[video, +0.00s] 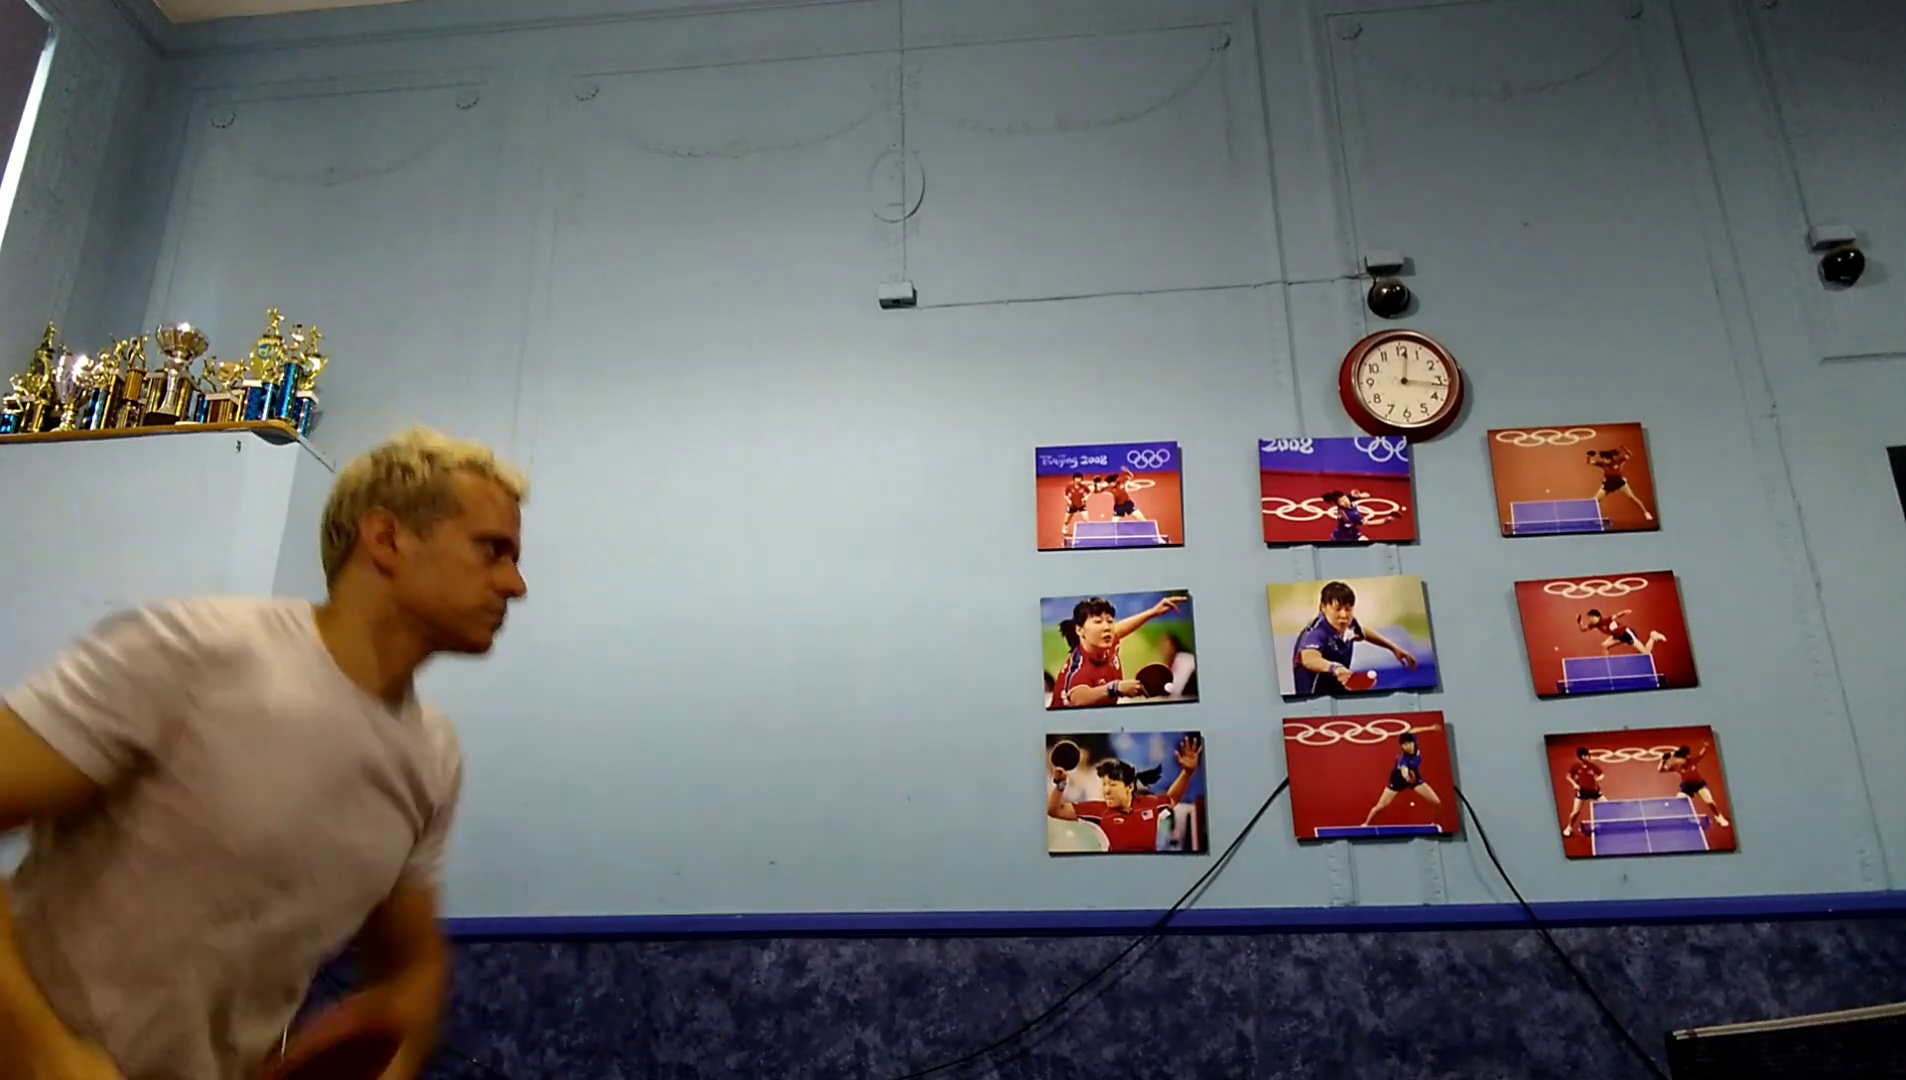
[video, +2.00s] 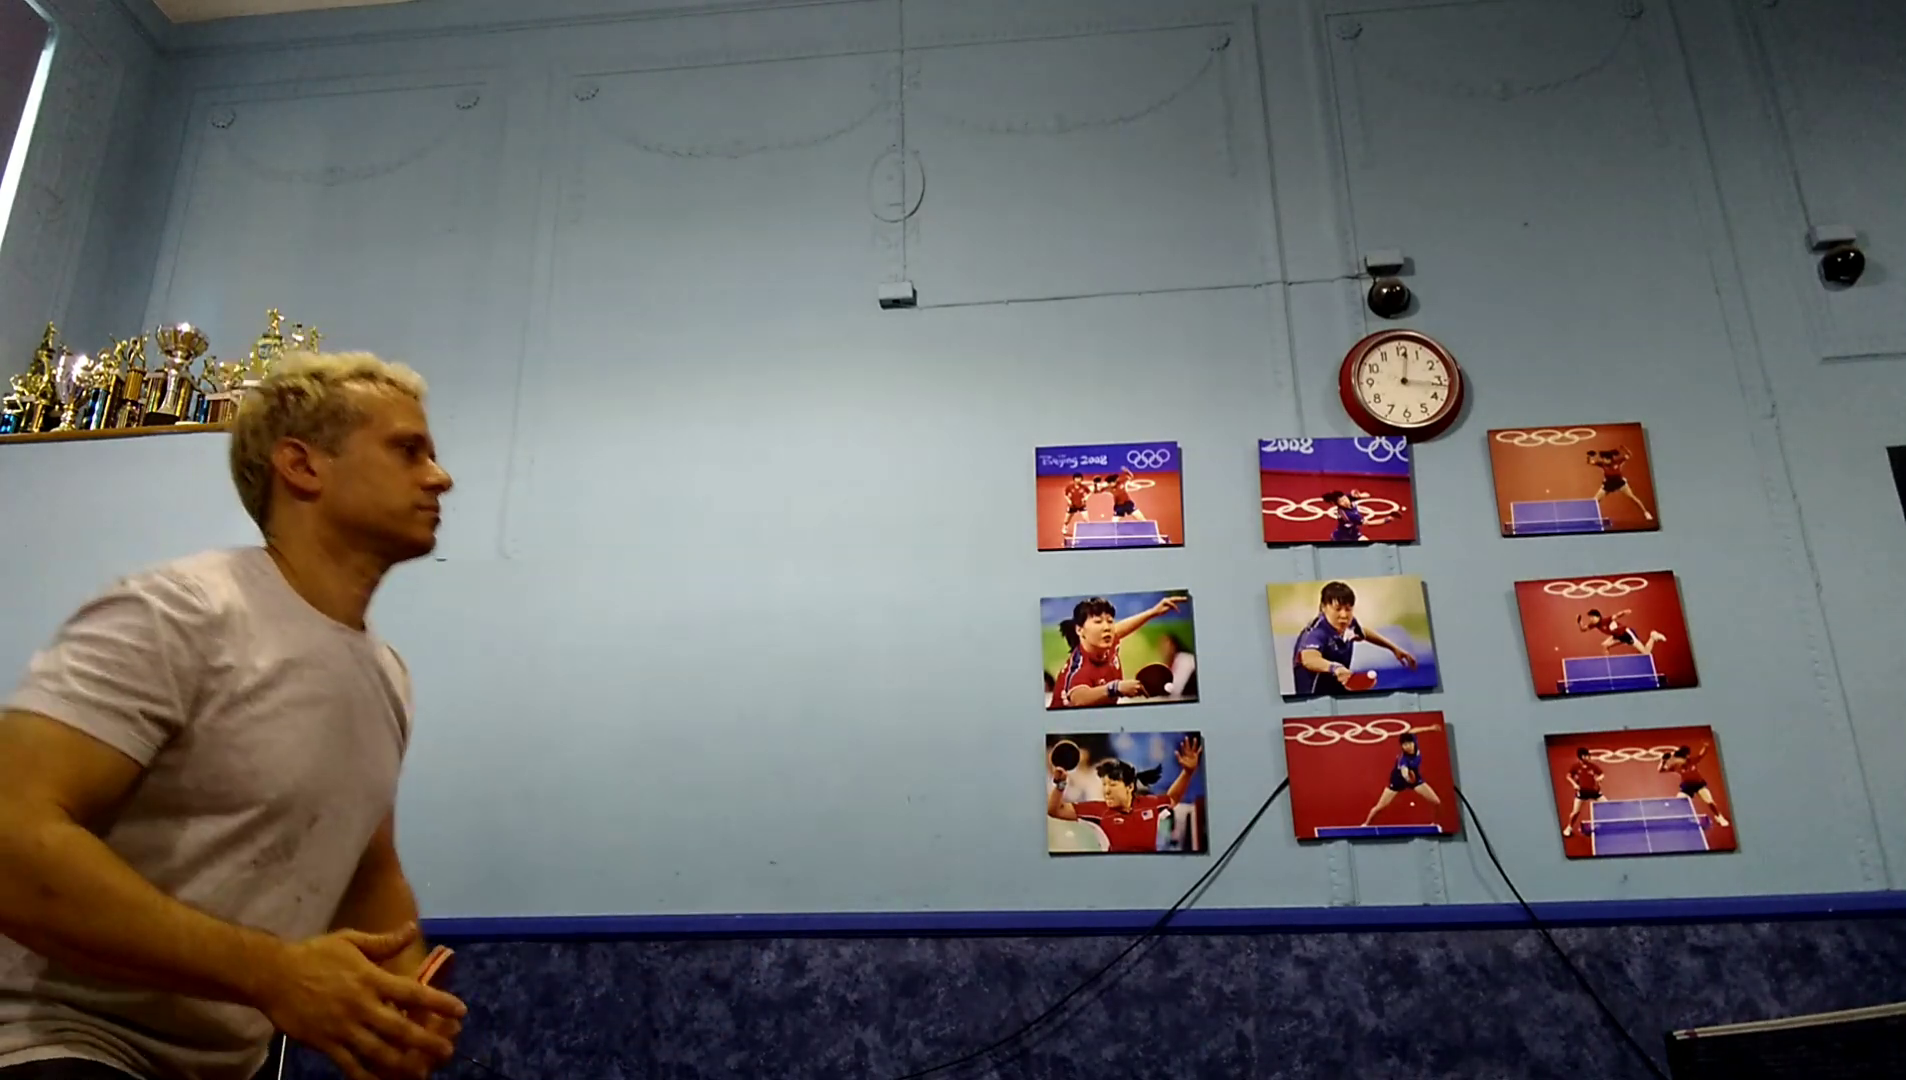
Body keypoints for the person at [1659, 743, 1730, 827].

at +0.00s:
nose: (1679, 761)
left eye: (1681, 759)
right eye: (1678, 760)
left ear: (1686, 757)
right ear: (1676, 759)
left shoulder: (1692, 761)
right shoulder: (1676, 766)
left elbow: (1700, 755)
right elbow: (1661, 770)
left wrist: (1705, 747)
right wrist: (1663, 760)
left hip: (1699, 784)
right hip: (1686, 786)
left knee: (1710, 802)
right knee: (1678, 803)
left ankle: (1719, 817)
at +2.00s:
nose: (1685, 759)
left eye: (1686, 756)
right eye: (1683, 757)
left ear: (1687, 756)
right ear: (1679, 757)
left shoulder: (1692, 760)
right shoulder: (1676, 765)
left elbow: (1701, 755)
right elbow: (1661, 770)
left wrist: (1705, 747)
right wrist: (1663, 760)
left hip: (1699, 784)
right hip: (1686, 786)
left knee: (1710, 802)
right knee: (1678, 803)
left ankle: (1718, 817)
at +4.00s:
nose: (1686, 759)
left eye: (1687, 757)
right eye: (1684, 758)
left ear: (1688, 757)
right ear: (1679, 759)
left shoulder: (1693, 761)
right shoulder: (1677, 766)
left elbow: (1701, 755)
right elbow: (1661, 771)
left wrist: (1705, 747)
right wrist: (1662, 761)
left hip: (1699, 784)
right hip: (1686, 785)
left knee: (1710, 802)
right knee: (1679, 802)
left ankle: (1718, 816)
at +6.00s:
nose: (1679, 762)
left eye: (1681, 760)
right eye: (1677, 760)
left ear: (1686, 757)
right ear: (1676, 759)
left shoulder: (1693, 761)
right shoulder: (1676, 766)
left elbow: (1701, 755)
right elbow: (1661, 771)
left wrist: (1705, 747)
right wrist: (1663, 761)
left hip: (1699, 784)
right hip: (1686, 785)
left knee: (1710, 802)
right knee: (1679, 802)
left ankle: (1718, 816)